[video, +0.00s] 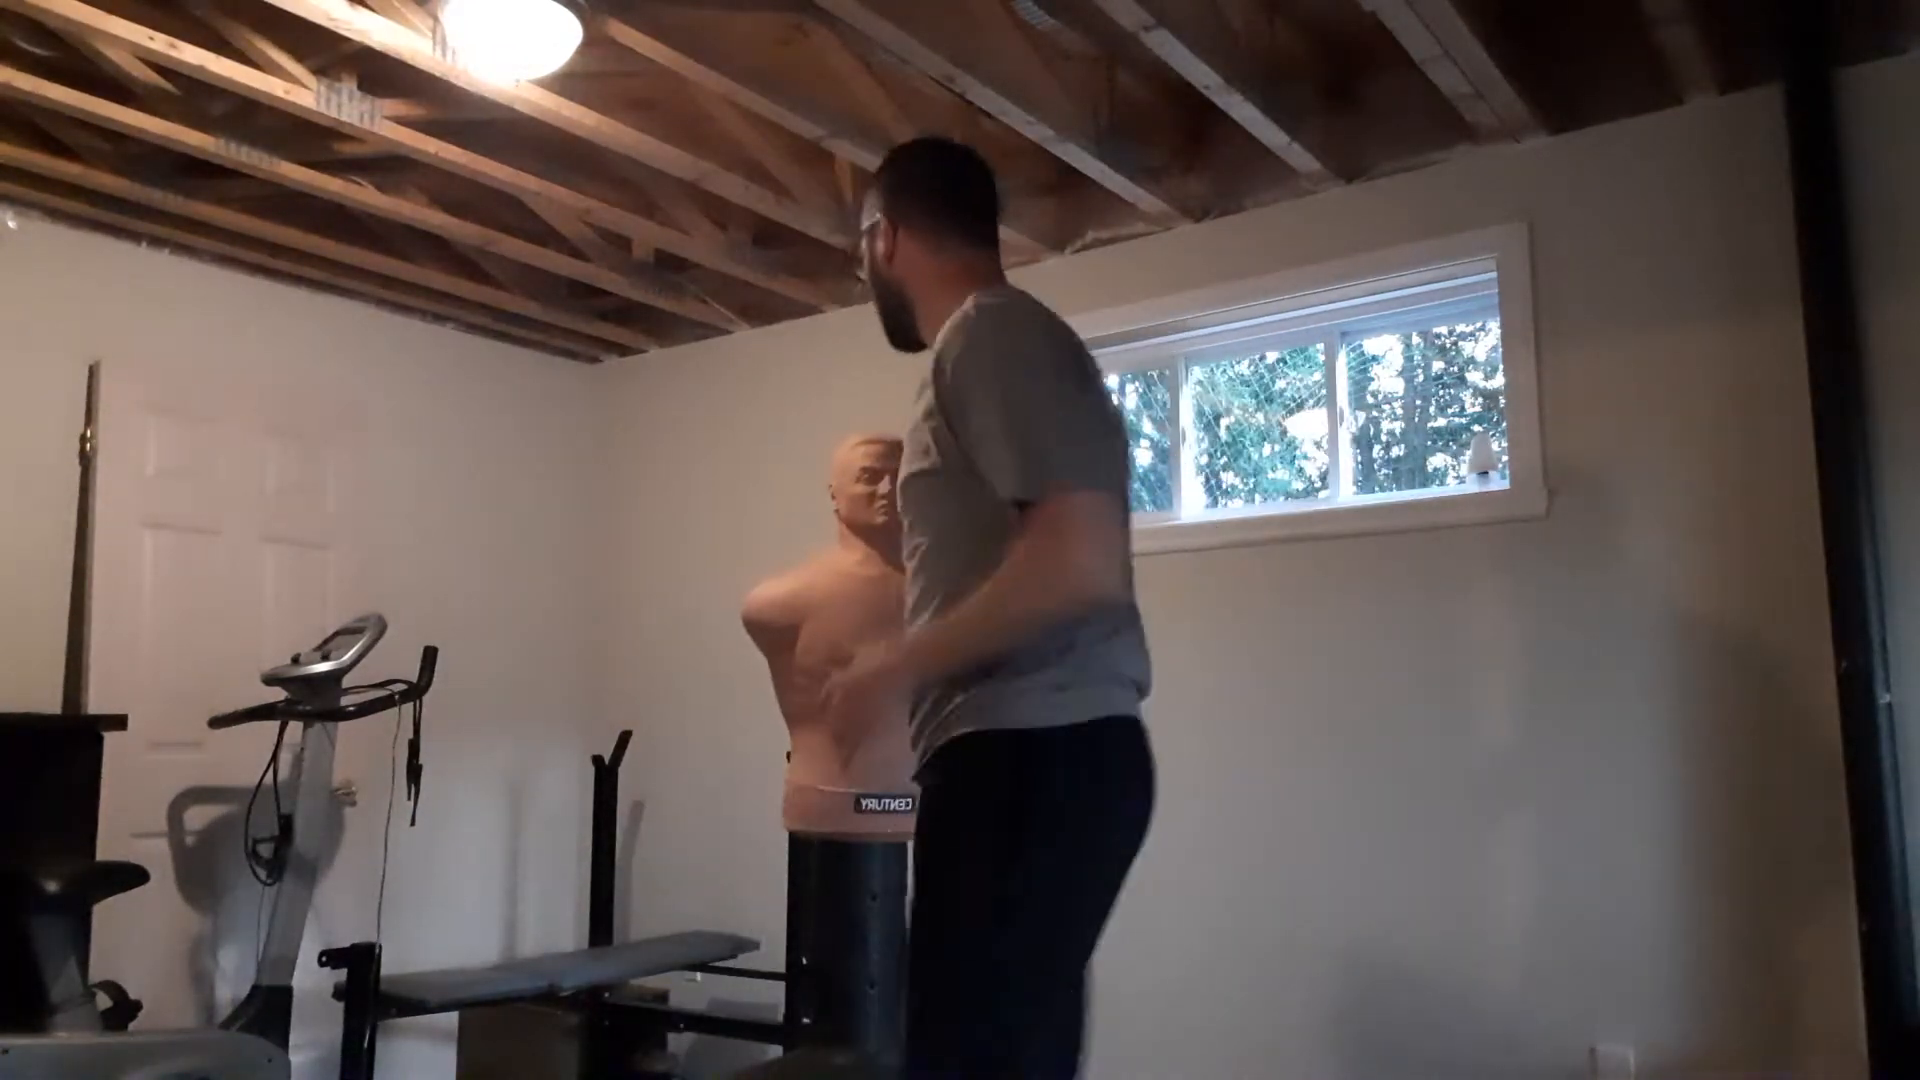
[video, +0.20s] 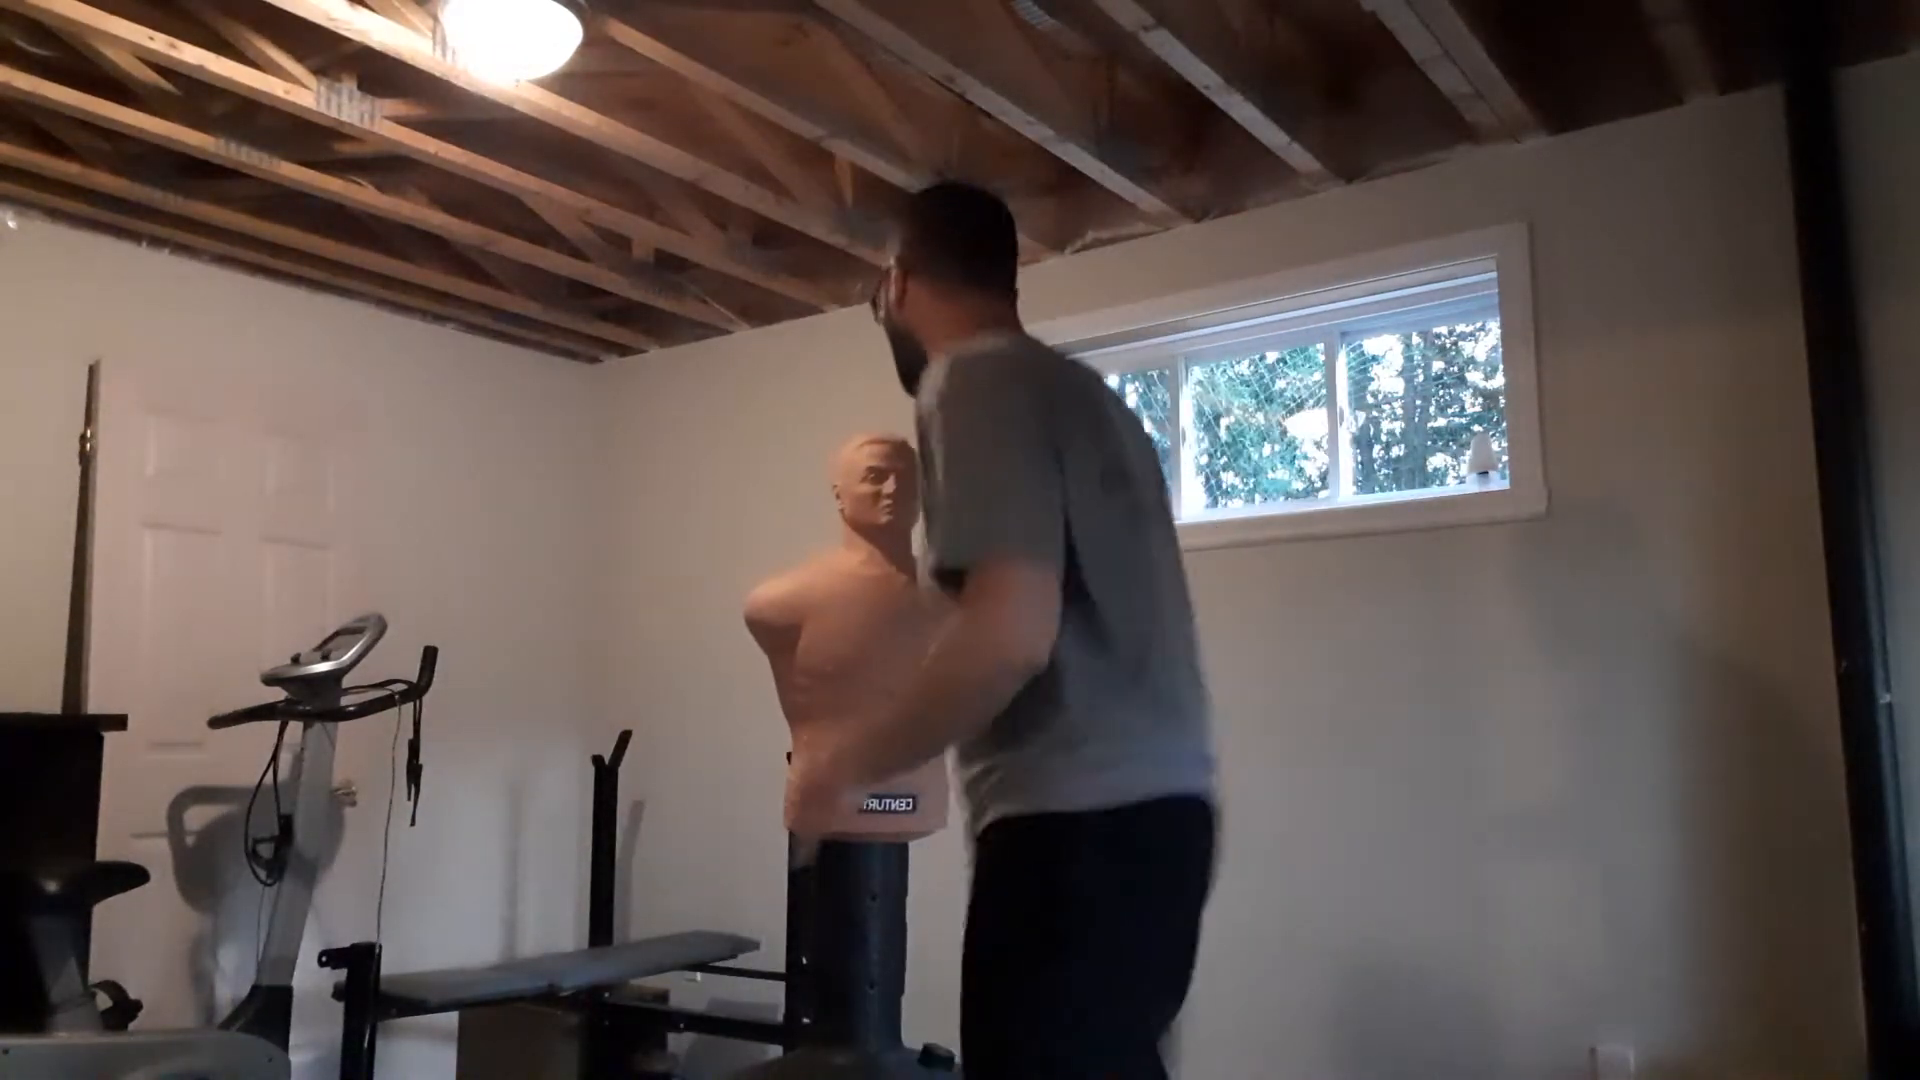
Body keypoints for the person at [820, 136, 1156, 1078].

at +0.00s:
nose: (865, 267)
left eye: (864, 241)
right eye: (864, 245)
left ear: (885, 237)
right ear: (978, 230)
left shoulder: (997, 330)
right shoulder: (983, 348)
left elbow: (1079, 558)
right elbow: (1038, 567)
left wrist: (897, 664)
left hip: (1035, 761)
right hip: (1011, 761)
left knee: (974, 1054)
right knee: (996, 1054)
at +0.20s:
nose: (886, 306)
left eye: (886, 284)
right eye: (887, 288)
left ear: (901, 281)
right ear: (1002, 274)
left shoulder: (985, 378)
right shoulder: (1074, 386)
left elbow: (1010, 627)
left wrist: (843, 762)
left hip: (1075, 824)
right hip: (1137, 816)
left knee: (1033, 1062)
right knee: (1103, 1058)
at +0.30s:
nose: (904, 288)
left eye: (907, 266)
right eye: (908, 268)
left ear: (925, 267)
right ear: (1025, 272)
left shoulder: (972, 362)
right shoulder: (1110, 375)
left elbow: (997, 572)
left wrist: (880, 745)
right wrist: (893, 556)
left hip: (1106, 783)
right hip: (1216, 780)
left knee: (990, 1052)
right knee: (1139, 1058)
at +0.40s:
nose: (973, 322)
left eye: (980, 301)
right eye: (983, 302)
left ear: (995, 307)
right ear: (1089, 313)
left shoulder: (983, 416)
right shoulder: (1191, 438)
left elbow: (925, 625)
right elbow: (1264, 645)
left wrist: (866, 814)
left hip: (1081, 819)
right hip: (1244, 826)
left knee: (1024, 1061)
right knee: (1172, 1061)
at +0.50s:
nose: (1106, 328)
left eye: (1111, 313)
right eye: (1122, 312)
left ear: (1111, 323)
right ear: (1206, 333)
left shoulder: (1038, 444)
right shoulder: (1283, 490)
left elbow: (911, 636)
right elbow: (1395, 701)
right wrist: (1474, 928)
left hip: (1042, 859)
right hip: (1216, 882)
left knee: (1011, 1066)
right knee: (1181, 1067)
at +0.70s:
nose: (1274, 328)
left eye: (1281, 310)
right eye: (1289, 311)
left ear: (1295, 306)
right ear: (1397, 327)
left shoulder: (1216, 377)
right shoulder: (1472, 481)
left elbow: (992, 401)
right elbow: (1559, 685)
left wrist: (812, 407)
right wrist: (1504, 766)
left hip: (1023, 698)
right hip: (1193, 821)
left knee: (843, 739)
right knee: (1239, 1062)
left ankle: (809, 763)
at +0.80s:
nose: (1280, 386)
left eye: (1283, 368)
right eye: (1284, 371)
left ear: (1308, 358)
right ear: (1411, 379)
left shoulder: (1244, 418)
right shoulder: (1490, 552)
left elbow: (1021, 416)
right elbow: (1350, 633)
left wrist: (795, 406)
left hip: (1054, 678)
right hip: (1181, 826)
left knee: (1016, 570)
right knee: (1231, 1061)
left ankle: (916, 557)